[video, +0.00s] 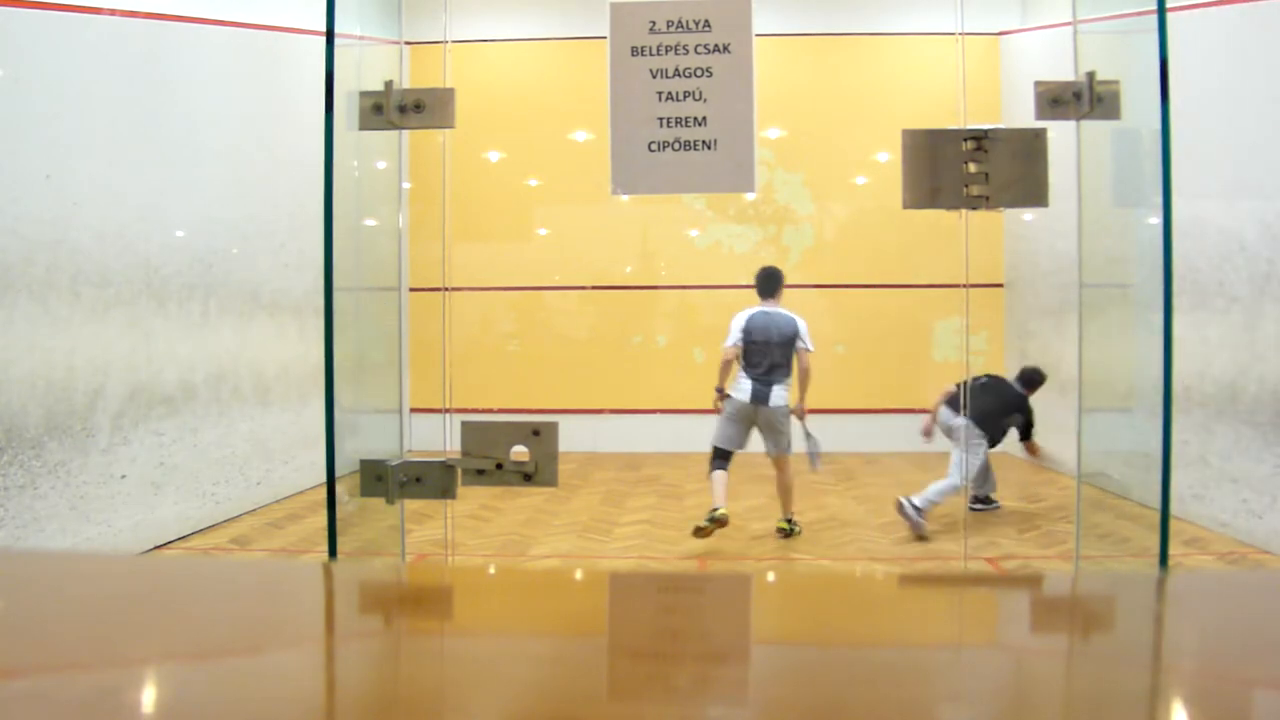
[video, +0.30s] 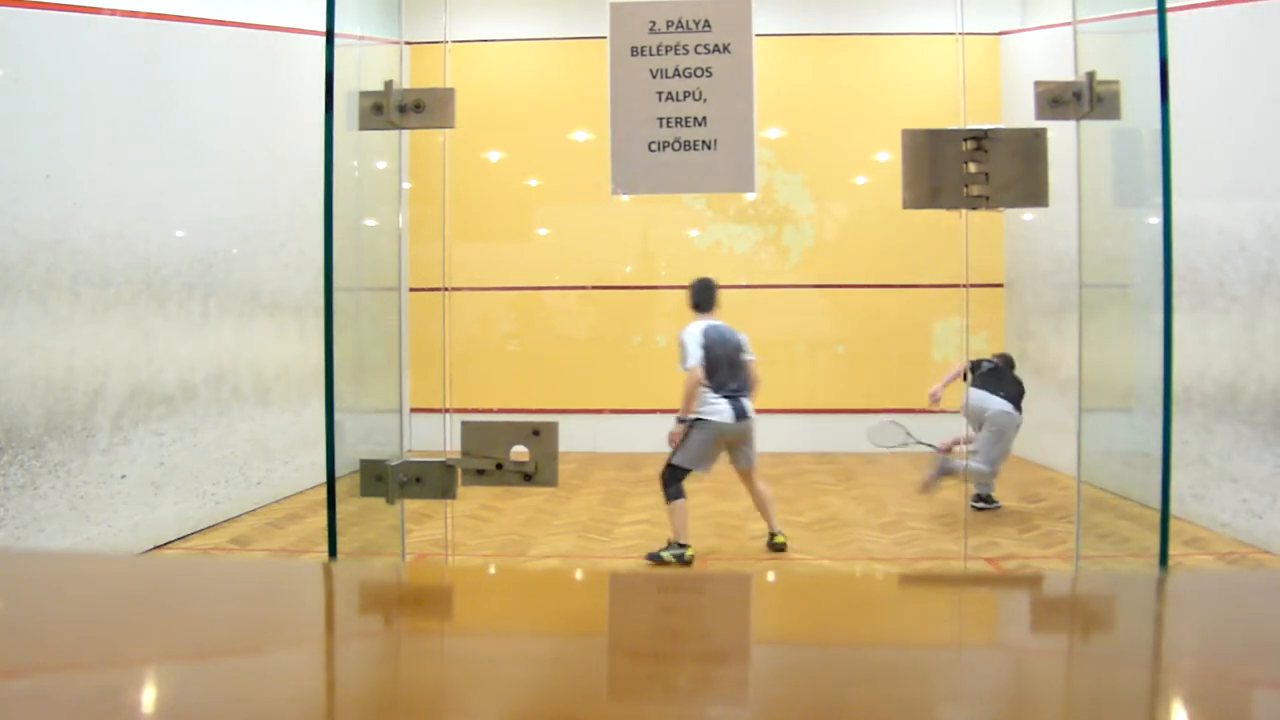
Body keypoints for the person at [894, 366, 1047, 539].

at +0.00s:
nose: (1036, 391)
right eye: (1037, 388)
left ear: (1018, 376)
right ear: (1034, 389)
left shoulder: (992, 379)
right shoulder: (1023, 407)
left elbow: (948, 393)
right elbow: (1027, 442)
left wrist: (931, 420)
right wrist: (1035, 451)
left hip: (946, 414)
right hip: (971, 430)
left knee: (979, 451)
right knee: (959, 479)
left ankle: (981, 495)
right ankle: (916, 504)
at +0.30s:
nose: (990, 359)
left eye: (992, 358)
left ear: (994, 360)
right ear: (1011, 369)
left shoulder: (985, 363)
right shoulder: (1018, 384)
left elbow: (962, 367)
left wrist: (940, 386)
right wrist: (955, 442)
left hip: (974, 399)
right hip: (1004, 412)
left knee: (985, 445)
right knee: (987, 469)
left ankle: (983, 492)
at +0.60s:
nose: (968, 332)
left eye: (971, 328)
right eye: (969, 328)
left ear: (982, 327)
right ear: (993, 330)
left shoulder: (974, 343)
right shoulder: (1014, 350)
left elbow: (972, 363)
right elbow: (1036, 390)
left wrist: (967, 393)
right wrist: (1032, 420)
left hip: (988, 401)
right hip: (1023, 406)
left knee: (984, 449)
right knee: (1016, 455)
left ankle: (979, 496)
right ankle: (1040, 505)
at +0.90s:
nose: (943, 313)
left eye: (947, 307)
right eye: (942, 308)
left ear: (964, 307)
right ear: (969, 308)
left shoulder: (958, 332)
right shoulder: (994, 332)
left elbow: (960, 367)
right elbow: (1027, 361)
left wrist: (955, 406)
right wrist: (1044, 395)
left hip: (979, 406)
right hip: (1010, 410)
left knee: (936, 453)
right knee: (1015, 456)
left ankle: (944, 507)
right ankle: (1039, 510)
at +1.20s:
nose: (890, 285)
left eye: (895, 280)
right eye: (891, 280)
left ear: (915, 284)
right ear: (914, 285)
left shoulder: (910, 314)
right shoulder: (936, 313)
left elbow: (890, 364)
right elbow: (958, 353)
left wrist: (864, 405)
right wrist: (974, 383)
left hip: (925, 398)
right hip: (946, 398)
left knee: (902, 467)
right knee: (930, 458)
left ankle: (929, 528)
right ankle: (973, 506)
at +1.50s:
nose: (833, 279)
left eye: (839, 274)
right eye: (833, 274)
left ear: (857, 278)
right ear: (850, 279)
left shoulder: (856, 308)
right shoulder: (859, 308)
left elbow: (833, 355)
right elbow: (870, 358)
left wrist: (792, 385)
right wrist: (848, 396)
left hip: (873, 405)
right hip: (854, 405)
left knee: (894, 470)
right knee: (821, 459)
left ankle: (929, 525)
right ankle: (793, 518)